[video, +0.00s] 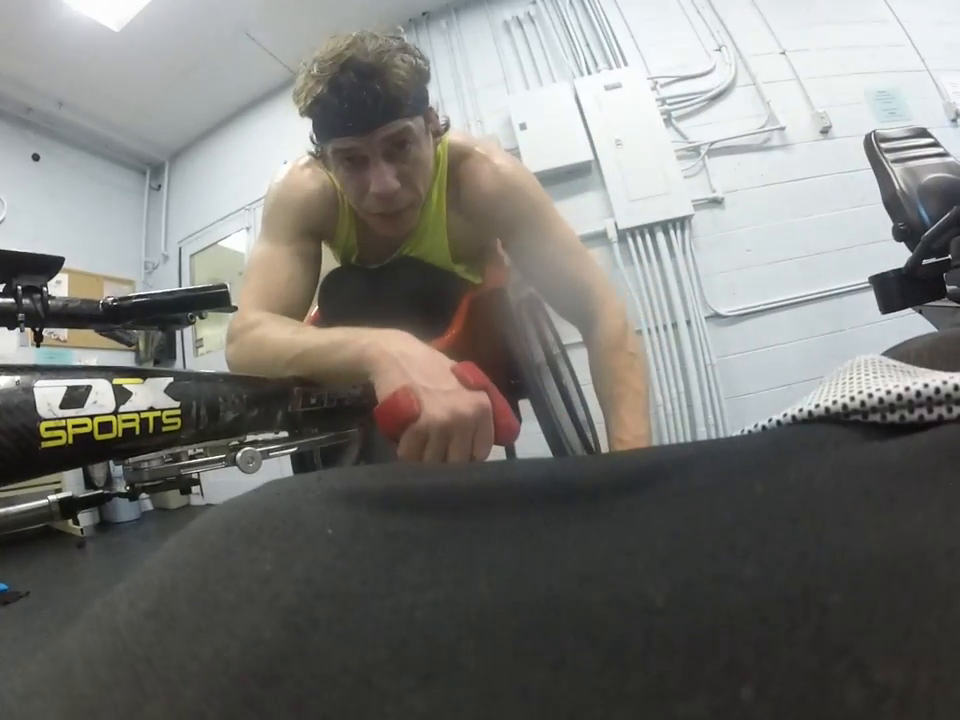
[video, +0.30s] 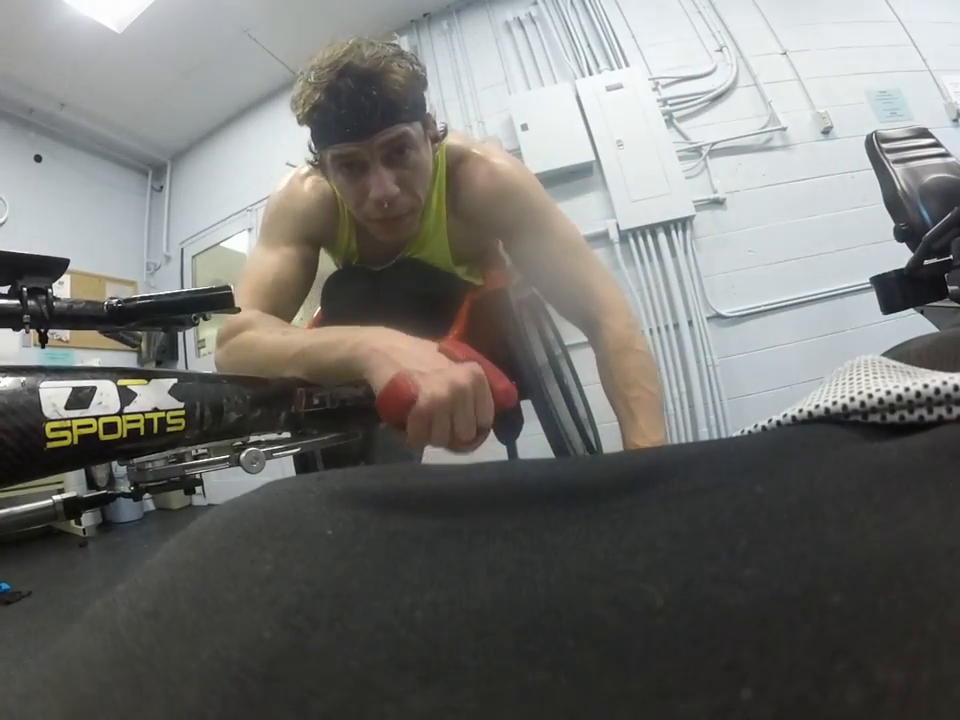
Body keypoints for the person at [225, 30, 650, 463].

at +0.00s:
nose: (382, 185)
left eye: (400, 148)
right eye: (352, 160)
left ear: (433, 126)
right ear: (324, 157)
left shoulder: (487, 179)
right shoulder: (303, 193)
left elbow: (606, 318)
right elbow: (248, 343)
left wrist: (629, 470)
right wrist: (381, 350)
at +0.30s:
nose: (381, 191)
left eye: (398, 154)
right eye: (352, 167)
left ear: (431, 131)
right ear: (324, 165)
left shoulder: (488, 180)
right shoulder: (304, 200)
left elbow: (612, 319)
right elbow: (237, 345)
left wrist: (647, 464)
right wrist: (371, 349)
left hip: (477, 327)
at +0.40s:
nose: (384, 193)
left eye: (400, 156)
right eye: (353, 169)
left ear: (433, 131)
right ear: (324, 165)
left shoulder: (489, 179)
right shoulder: (303, 203)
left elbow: (613, 318)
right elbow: (226, 342)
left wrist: (649, 474)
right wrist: (360, 335)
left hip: (487, 308)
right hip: (379, 316)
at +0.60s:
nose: (376, 191)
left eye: (394, 156)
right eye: (348, 169)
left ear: (429, 125)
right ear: (319, 157)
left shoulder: (484, 171)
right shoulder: (299, 198)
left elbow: (620, 302)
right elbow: (211, 308)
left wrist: (667, 459)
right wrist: (243, 326)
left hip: (480, 332)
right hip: (377, 350)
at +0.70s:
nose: (359, 209)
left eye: (374, 180)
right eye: (336, 192)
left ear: (410, 133)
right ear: (306, 175)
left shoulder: (477, 167)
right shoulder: (293, 202)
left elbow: (620, 280)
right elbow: (247, 287)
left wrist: (680, 439)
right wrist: (218, 362)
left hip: (470, 325)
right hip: (365, 347)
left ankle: (486, 392)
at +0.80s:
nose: (342, 248)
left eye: (350, 222)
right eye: (317, 235)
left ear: (393, 161)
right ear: (288, 213)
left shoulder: (468, 174)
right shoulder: (294, 216)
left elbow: (611, 247)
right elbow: (267, 276)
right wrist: (267, 380)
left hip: (470, 296)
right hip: (367, 318)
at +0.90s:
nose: (333, 257)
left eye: (341, 230)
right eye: (310, 243)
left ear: (380, 170)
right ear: (287, 234)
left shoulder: (463, 175)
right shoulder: (299, 252)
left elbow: (596, 198)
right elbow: (327, 324)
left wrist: (628, 298)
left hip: (482, 297)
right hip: (389, 321)